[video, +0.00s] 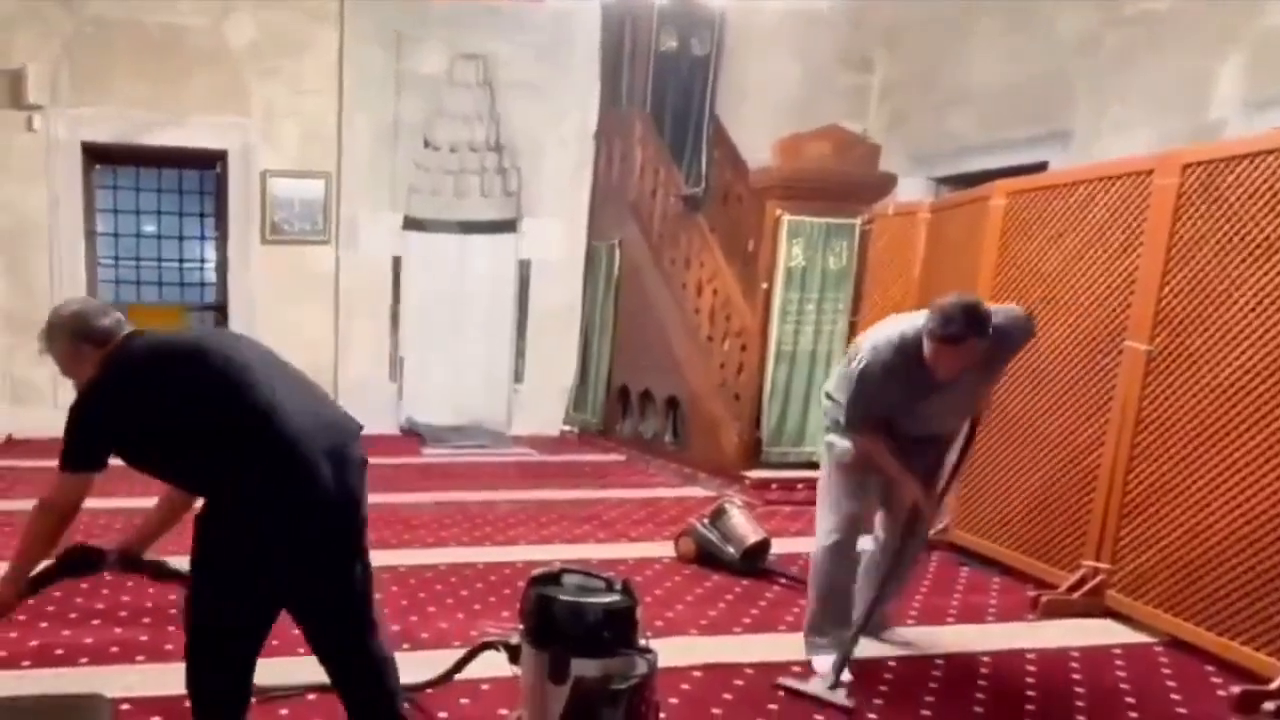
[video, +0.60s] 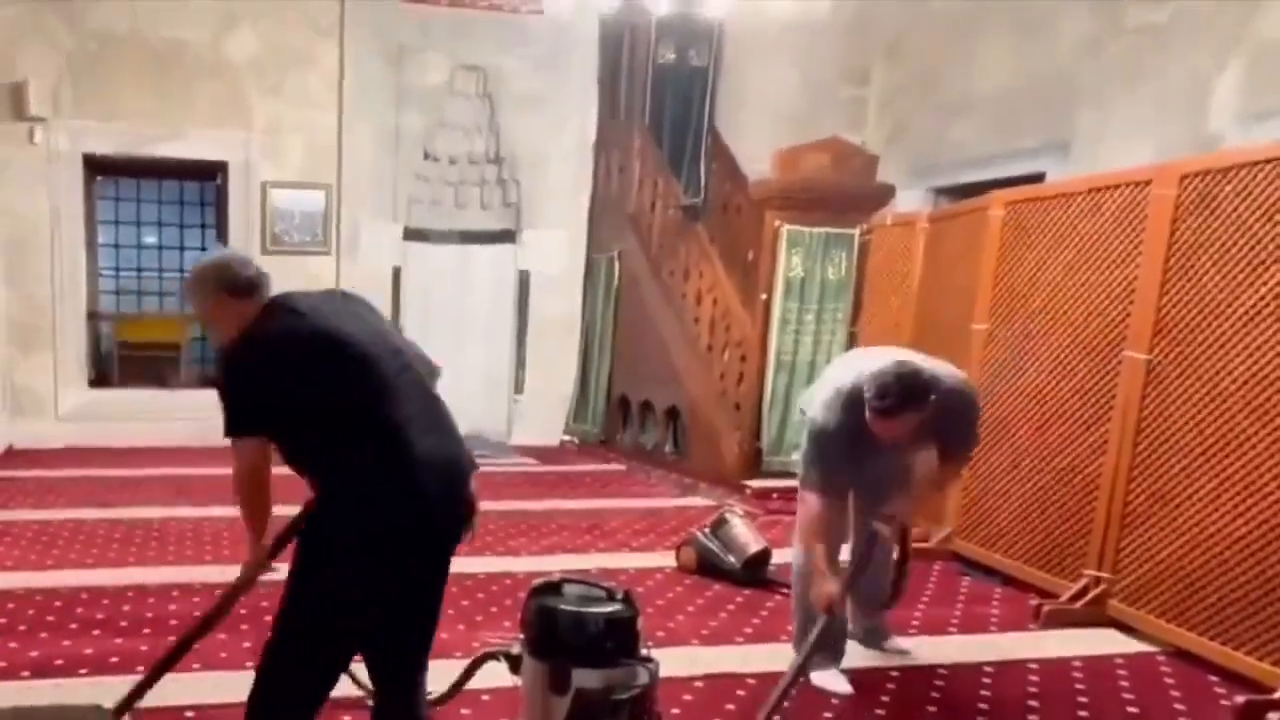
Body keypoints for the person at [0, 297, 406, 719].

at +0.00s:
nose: (70, 382)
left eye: (66, 368)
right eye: (63, 371)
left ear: (82, 351)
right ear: (122, 333)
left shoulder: (102, 393)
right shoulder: (190, 355)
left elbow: (61, 503)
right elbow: (189, 482)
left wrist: (14, 579)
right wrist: (133, 546)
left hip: (256, 492)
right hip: (338, 459)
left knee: (218, 657)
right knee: (351, 640)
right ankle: (385, 710)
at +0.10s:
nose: (87, 366)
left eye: (85, 352)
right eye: (81, 354)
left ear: (102, 340)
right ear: (140, 321)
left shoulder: (122, 390)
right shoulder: (205, 340)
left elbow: (86, 500)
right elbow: (233, 458)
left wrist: (41, 582)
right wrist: (172, 530)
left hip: (271, 498)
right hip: (352, 468)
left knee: (227, 658)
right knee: (345, 637)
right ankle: (386, 711)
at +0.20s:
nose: (116, 366)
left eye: (112, 348)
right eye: (110, 352)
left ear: (132, 328)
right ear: (166, 314)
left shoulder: (148, 381)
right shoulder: (232, 332)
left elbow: (116, 496)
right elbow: (276, 430)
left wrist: (78, 574)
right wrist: (213, 510)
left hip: (290, 499)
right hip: (371, 469)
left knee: (238, 664)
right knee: (356, 645)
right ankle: (390, 710)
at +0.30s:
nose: (135, 353)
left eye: (134, 338)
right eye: (128, 340)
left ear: (163, 320)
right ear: (188, 310)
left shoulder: (176, 375)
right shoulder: (256, 325)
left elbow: (154, 487)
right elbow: (315, 440)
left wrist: (119, 573)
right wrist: (239, 510)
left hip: (316, 497)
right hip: (394, 475)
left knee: (256, 666)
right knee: (370, 646)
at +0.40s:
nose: (171, 338)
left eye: (170, 325)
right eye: (166, 327)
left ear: (189, 311)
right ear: (220, 298)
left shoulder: (205, 367)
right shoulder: (287, 319)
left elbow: (188, 484)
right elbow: (345, 417)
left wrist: (163, 564)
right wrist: (281, 494)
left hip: (339, 498)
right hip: (417, 475)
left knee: (273, 663)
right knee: (380, 644)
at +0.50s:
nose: (195, 335)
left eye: (192, 322)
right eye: (188, 324)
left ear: (209, 307)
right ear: (243, 291)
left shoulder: (227, 364)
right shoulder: (315, 311)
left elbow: (223, 479)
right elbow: (361, 401)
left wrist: (211, 556)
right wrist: (304, 477)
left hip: (354, 501)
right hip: (433, 481)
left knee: (286, 666)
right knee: (393, 656)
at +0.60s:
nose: (209, 335)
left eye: (206, 321)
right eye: (203, 323)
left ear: (221, 306)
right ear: (259, 288)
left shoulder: (245, 357)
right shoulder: (340, 304)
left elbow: (252, 468)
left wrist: (258, 541)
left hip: (363, 505)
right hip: (443, 492)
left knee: (295, 667)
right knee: (400, 666)